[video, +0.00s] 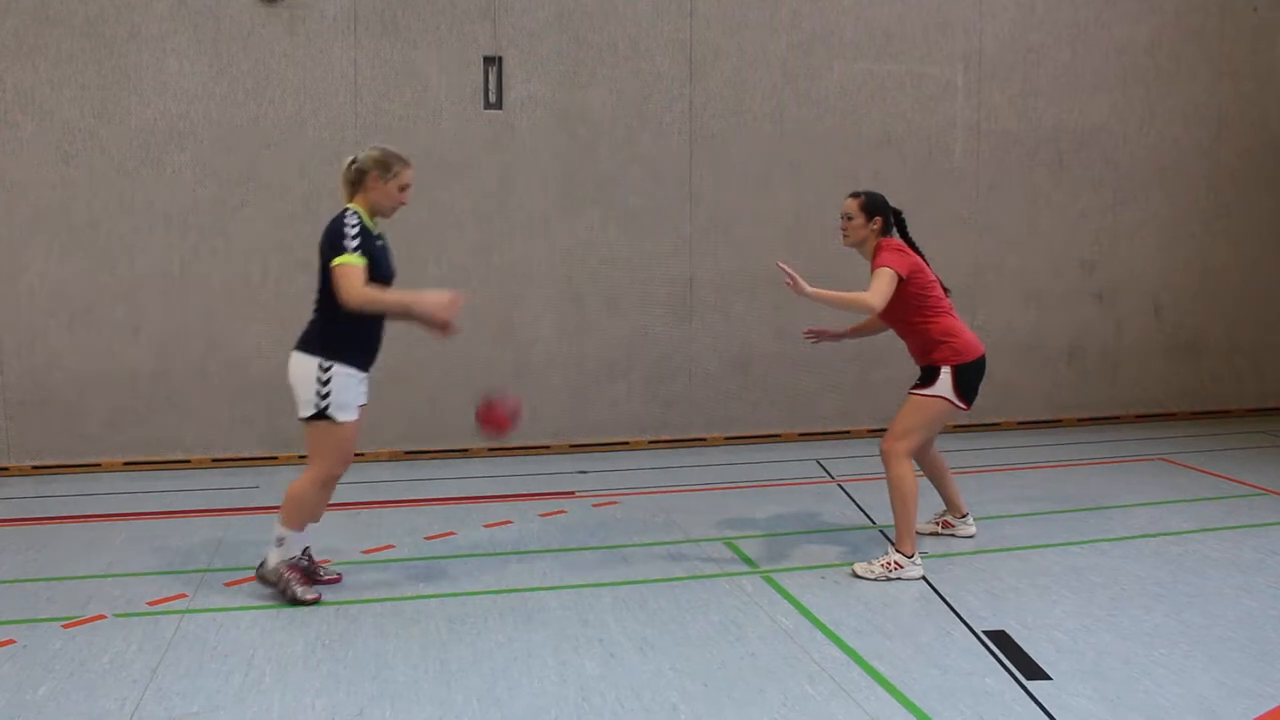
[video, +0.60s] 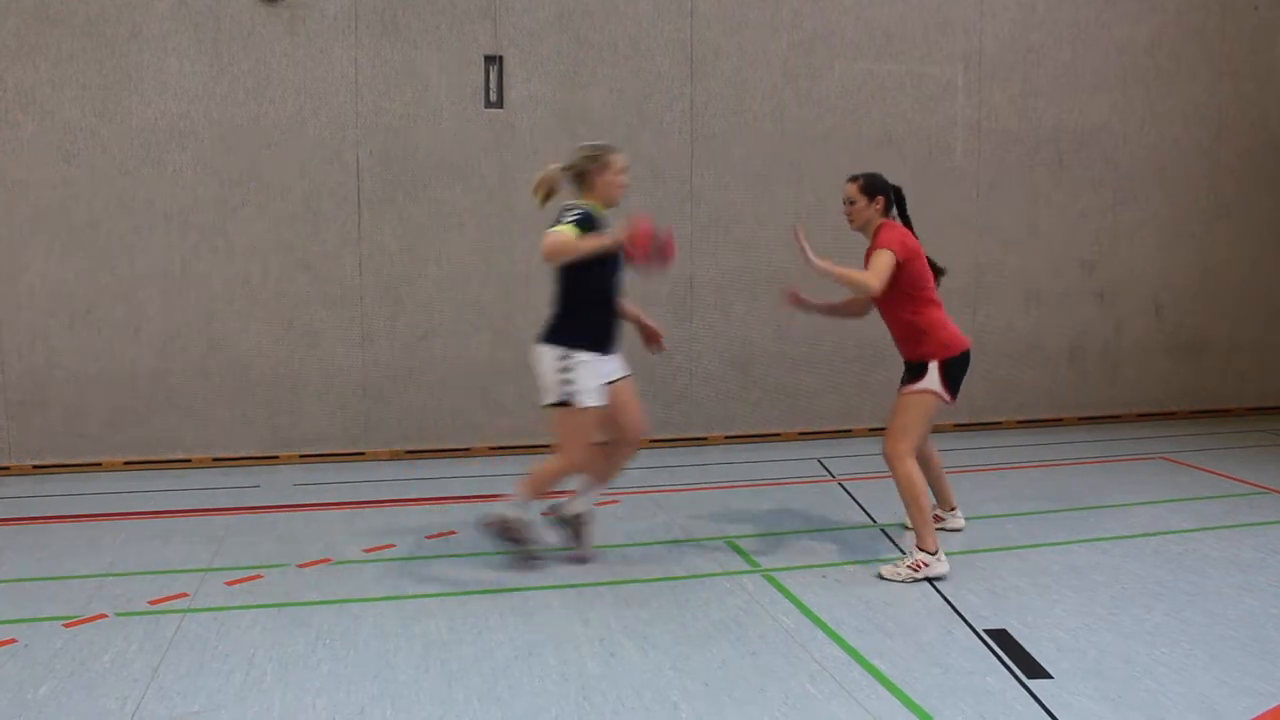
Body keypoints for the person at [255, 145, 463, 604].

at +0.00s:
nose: (406, 198)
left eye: (408, 189)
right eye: (401, 188)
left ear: (378, 185)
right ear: (373, 183)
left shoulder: (370, 232)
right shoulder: (348, 226)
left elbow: (373, 296)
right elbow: (351, 294)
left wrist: (421, 313)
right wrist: (420, 303)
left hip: (347, 366)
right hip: (326, 364)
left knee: (334, 462)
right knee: (324, 464)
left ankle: (296, 552)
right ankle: (278, 558)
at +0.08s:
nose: (421, 188)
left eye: (422, 179)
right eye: (416, 178)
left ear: (395, 176)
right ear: (387, 174)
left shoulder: (388, 224)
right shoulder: (362, 216)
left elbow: (393, 290)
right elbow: (380, 278)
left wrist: (444, 298)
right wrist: (452, 277)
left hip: (363, 356)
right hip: (341, 355)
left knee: (359, 453)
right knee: (348, 455)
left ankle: (305, 543)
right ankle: (296, 547)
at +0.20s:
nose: (450, 190)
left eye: (451, 182)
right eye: (443, 182)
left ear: (424, 185)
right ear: (417, 183)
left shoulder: (420, 234)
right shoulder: (398, 227)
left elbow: (427, 300)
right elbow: (420, 294)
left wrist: (478, 303)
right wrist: (479, 288)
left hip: (391, 363)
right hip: (363, 361)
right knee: (375, 470)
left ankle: (367, 519)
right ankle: (307, 553)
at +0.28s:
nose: (473, 213)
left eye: (471, 205)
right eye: (466, 205)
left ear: (442, 212)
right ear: (441, 212)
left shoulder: (437, 258)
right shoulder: (425, 258)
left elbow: (445, 325)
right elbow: (448, 330)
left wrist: (491, 325)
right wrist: (496, 314)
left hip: (410, 386)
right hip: (379, 386)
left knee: (469, 446)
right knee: (382, 493)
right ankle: (299, 564)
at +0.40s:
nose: (521, 220)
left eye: (520, 212)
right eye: (514, 213)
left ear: (492, 221)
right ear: (488, 222)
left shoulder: (489, 266)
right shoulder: (481, 268)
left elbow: (511, 327)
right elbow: (522, 329)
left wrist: (566, 329)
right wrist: (576, 326)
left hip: (469, 397)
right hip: (434, 399)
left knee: (525, 444)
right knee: (398, 488)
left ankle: (525, 541)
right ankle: (310, 555)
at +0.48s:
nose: (560, 200)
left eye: (558, 192)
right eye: (552, 193)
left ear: (536, 200)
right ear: (528, 200)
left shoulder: (536, 244)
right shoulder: (523, 243)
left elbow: (553, 305)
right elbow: (544, 293)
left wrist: (604, 322)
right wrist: (608, 302)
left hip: (524, 378)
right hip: (490, 376)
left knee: (562, 446)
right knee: (462, 472)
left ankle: (531, 542)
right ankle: (368, 526)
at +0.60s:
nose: (625, 181)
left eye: (625, 173)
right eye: (618, 173)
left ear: (603, 178)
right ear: (595, 177)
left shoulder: (603, 224)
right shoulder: (577, 215)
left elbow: (600, 293)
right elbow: (552, 249)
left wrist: (640, 321)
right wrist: (615, 238)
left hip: (602, 352)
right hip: (568, 352)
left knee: (630, 433)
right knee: (576, 451)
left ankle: (575, 507)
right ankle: (509, 512)